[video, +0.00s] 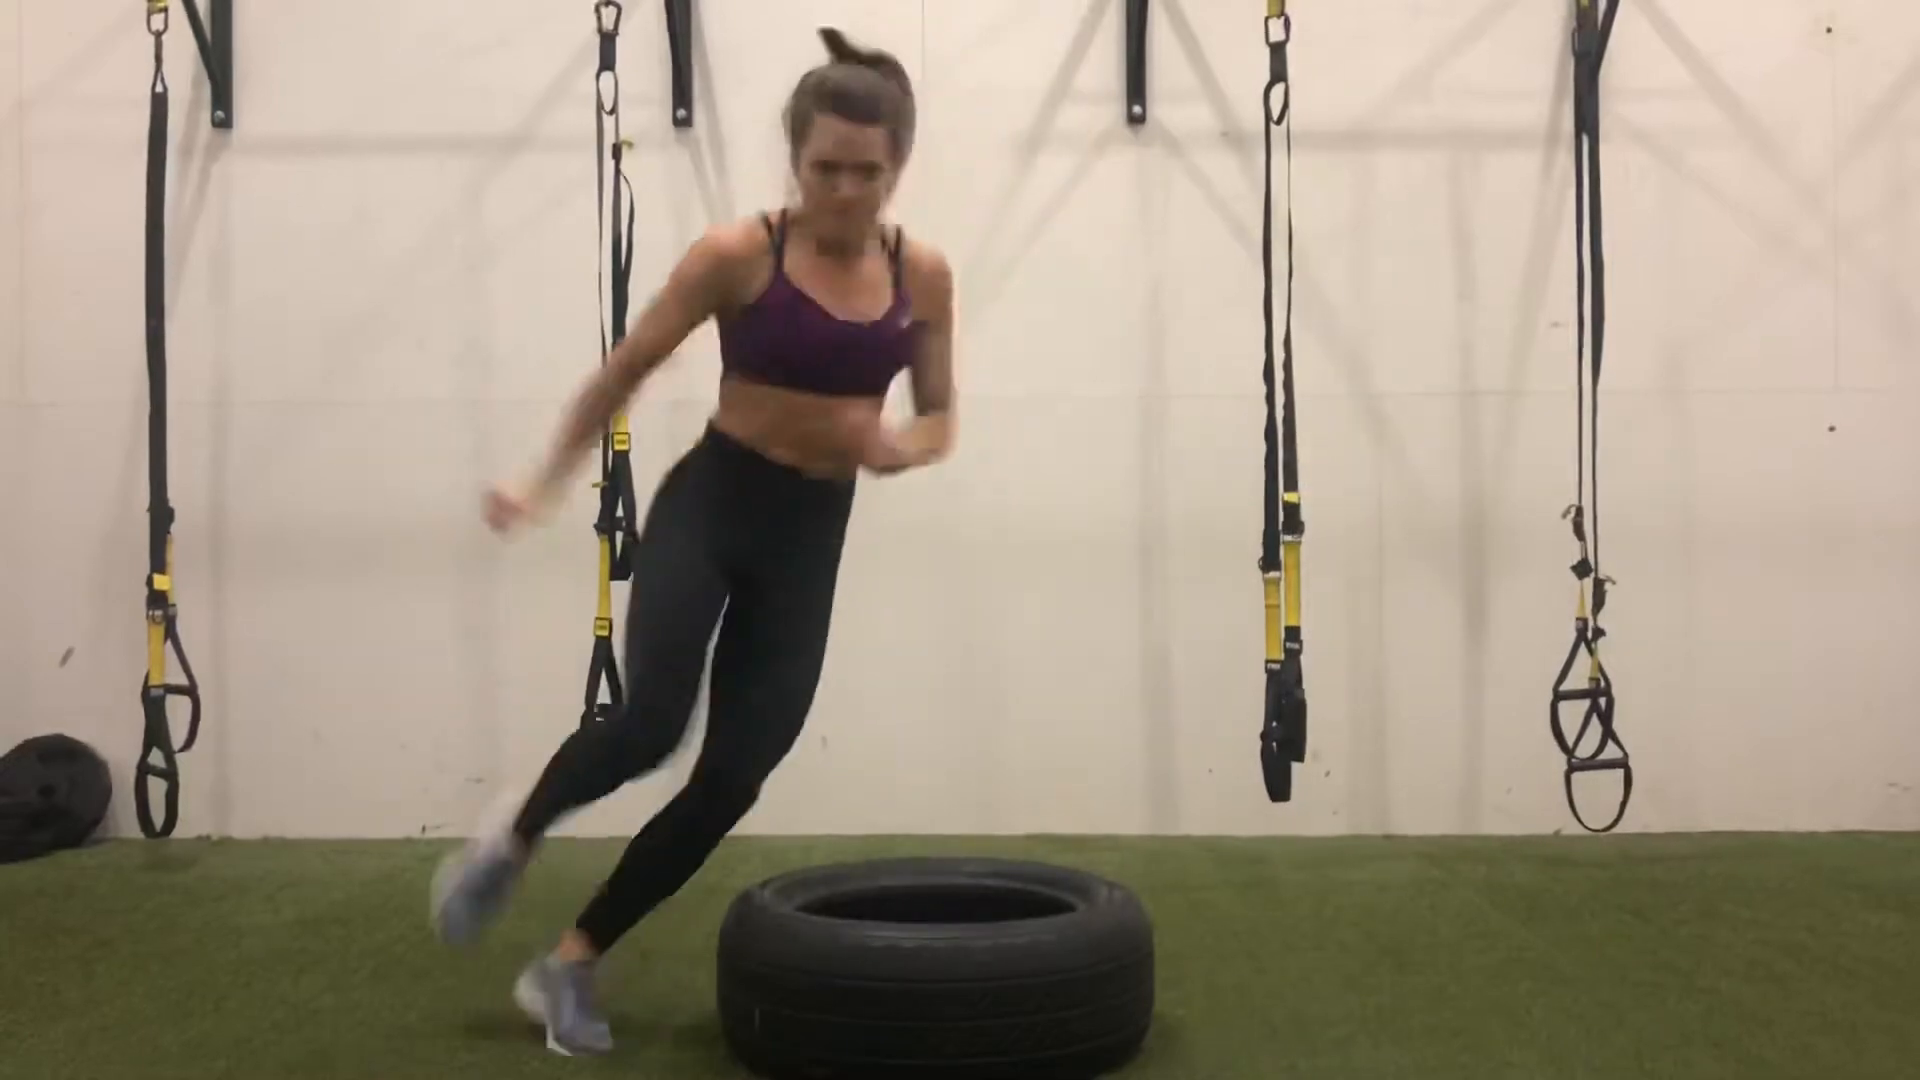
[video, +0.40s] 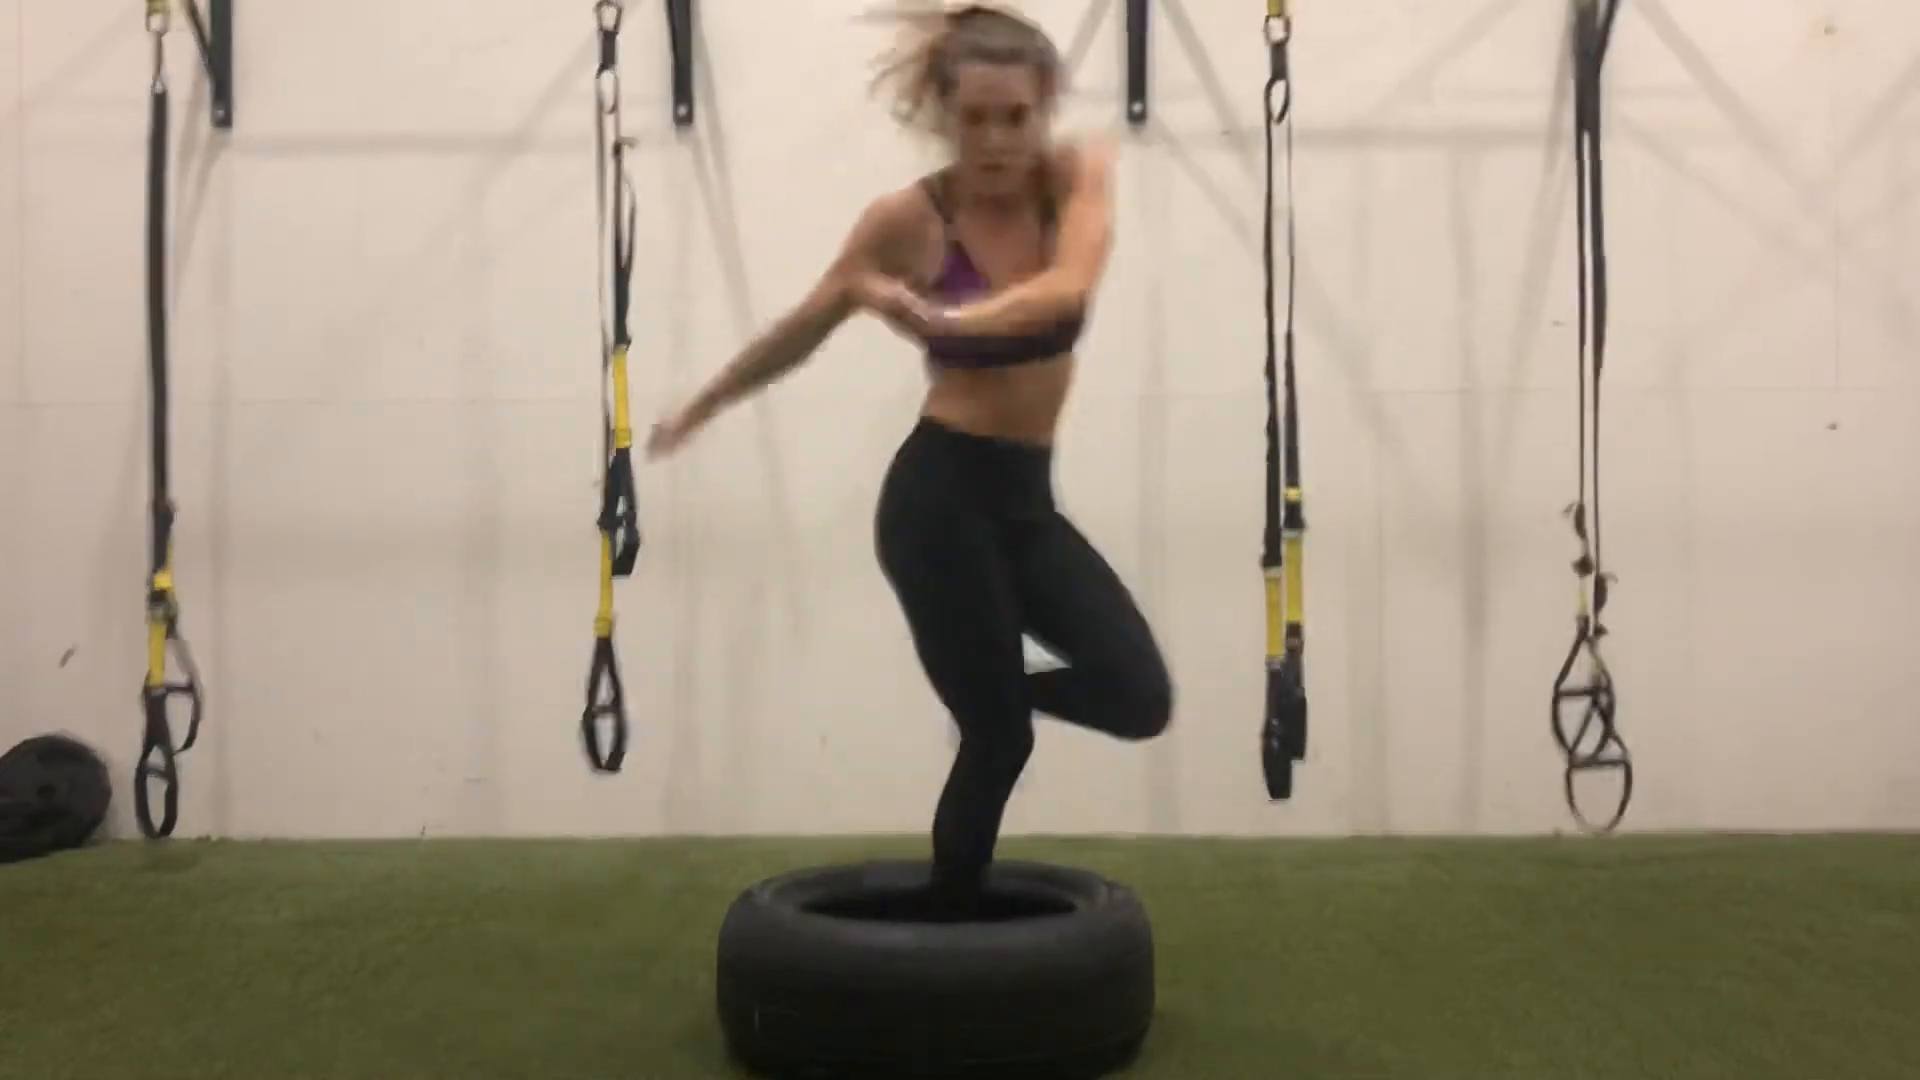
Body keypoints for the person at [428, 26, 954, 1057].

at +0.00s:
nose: (848, 191)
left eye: (868, 170)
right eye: (830, 168)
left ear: (899, 165)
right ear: (796, 155)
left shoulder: (922, 276)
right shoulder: (735, 257)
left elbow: (940, 424)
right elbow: (628, 365)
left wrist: (894, 448)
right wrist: (539, 483)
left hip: (808, 536)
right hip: (710, 504)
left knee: (731, 784)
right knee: (649, 729)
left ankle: (569, 962)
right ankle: (517, 831)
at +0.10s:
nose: (848, 194)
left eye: (868, 173)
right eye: (829, 172)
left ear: (902, 169)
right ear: (799, 168)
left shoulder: (941, 254)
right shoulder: (757, 259)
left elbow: (1003, 381)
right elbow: (643, 293)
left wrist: (894, 358)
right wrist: (559, 295)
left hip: (816, 531)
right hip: (737, 503)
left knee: (703, 785)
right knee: (837, 682)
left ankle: (547, 966)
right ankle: (612, 684)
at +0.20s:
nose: (898, 141)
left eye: (917, 117)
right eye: (876, 119)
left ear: (942, 110)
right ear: (838, 113)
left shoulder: (970, 169)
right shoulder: (809, 193)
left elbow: (963, 278)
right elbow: (740, 236)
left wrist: (832, 282)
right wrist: (716, 241)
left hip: (874, 479)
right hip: (808, 462)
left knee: (781, 731)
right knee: (987, 603)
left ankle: (607, 904)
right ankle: (805, 754)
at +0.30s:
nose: (952, 128)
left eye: (970, 103)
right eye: (930, 106)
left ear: (997, 97)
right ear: (891, 101)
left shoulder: (1021, 159)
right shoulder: (852, 193)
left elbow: (980, 281)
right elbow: (771, 285)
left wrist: (826, 261)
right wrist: (755, 290)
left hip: (944, 487)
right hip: (883, 483)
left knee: (960, 730)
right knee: (1006, 700)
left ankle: (758, 727)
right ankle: (958, 923)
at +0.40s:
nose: (996, 139)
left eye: (1015, 117)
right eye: (976, 117)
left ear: (1046, 108)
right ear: (946, 111)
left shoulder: (1078, 175)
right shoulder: (907, 221)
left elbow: (1069, 293)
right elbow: (800, 334)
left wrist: (941, 321)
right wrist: (701, 406)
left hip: (1024, 504)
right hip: (939, 504)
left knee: (1137, 699)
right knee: (997, 735)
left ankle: (988, 686)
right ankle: (950, 947)